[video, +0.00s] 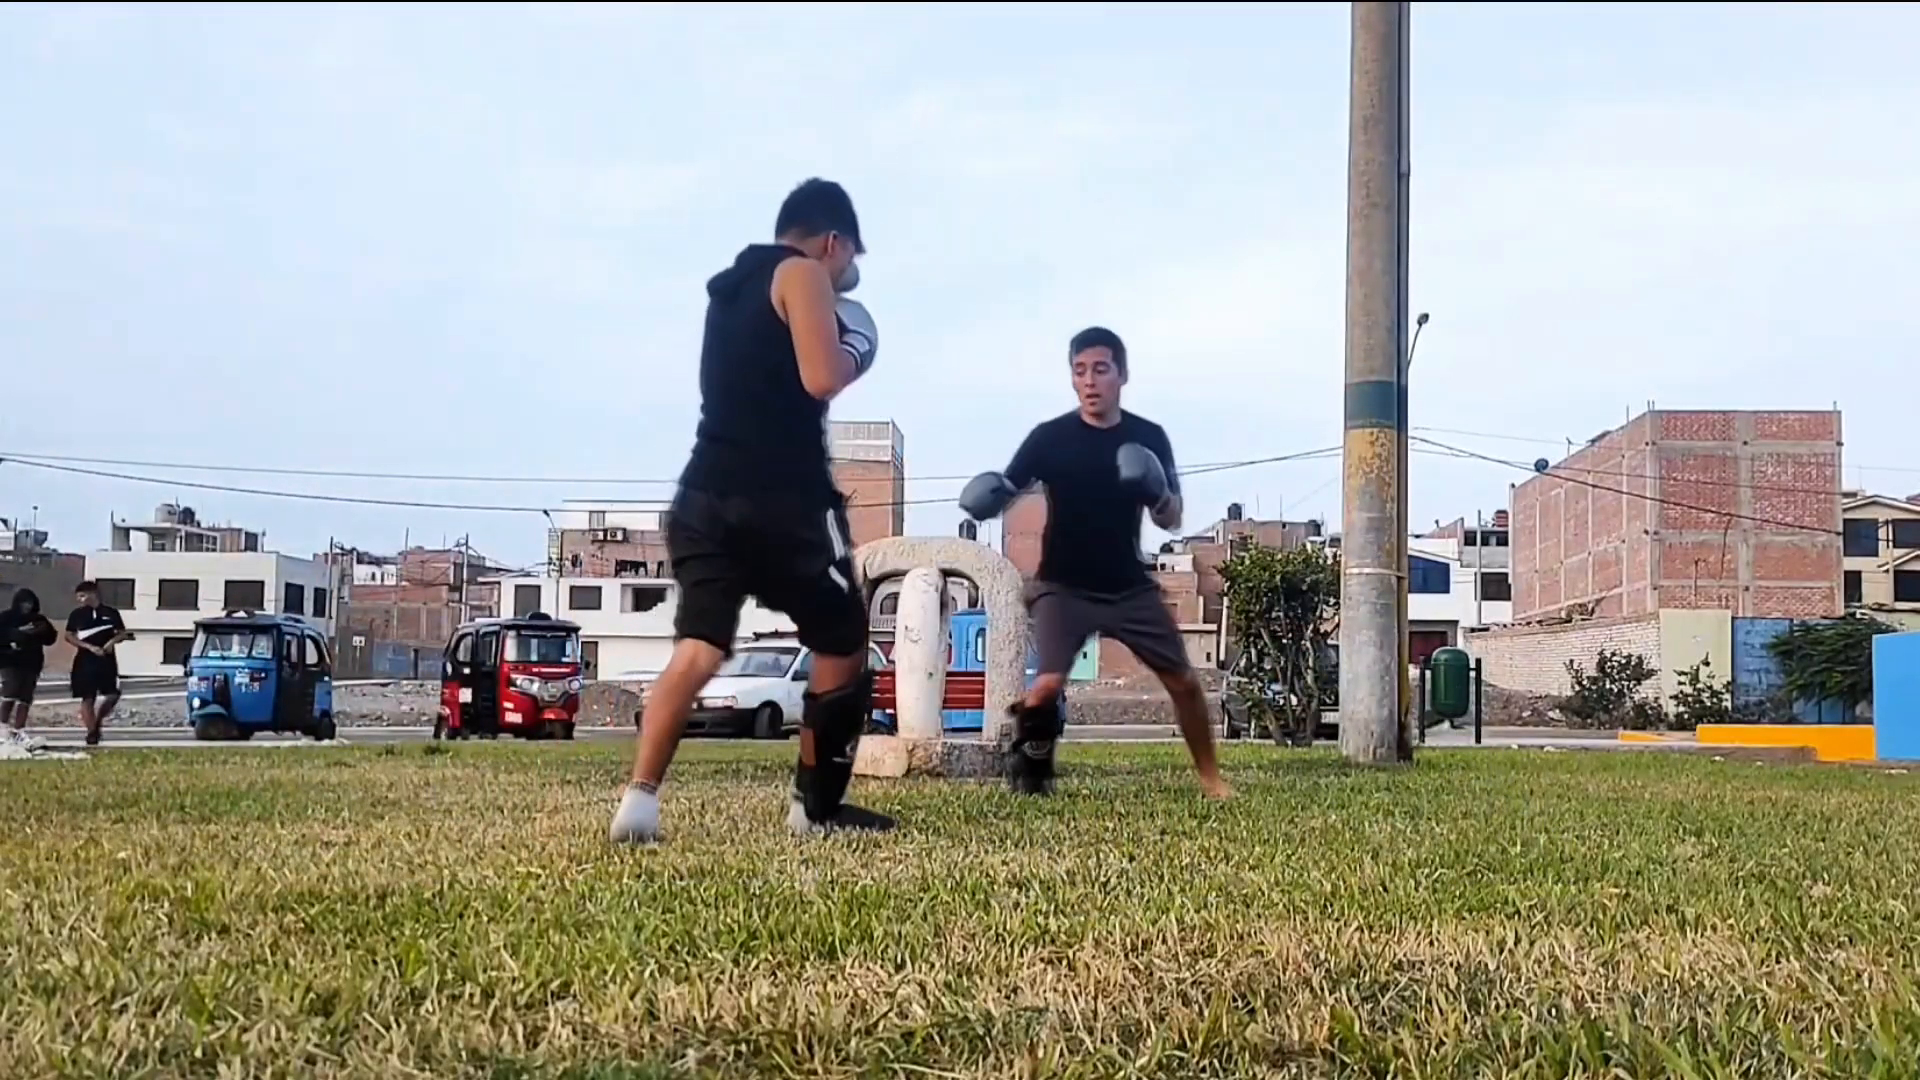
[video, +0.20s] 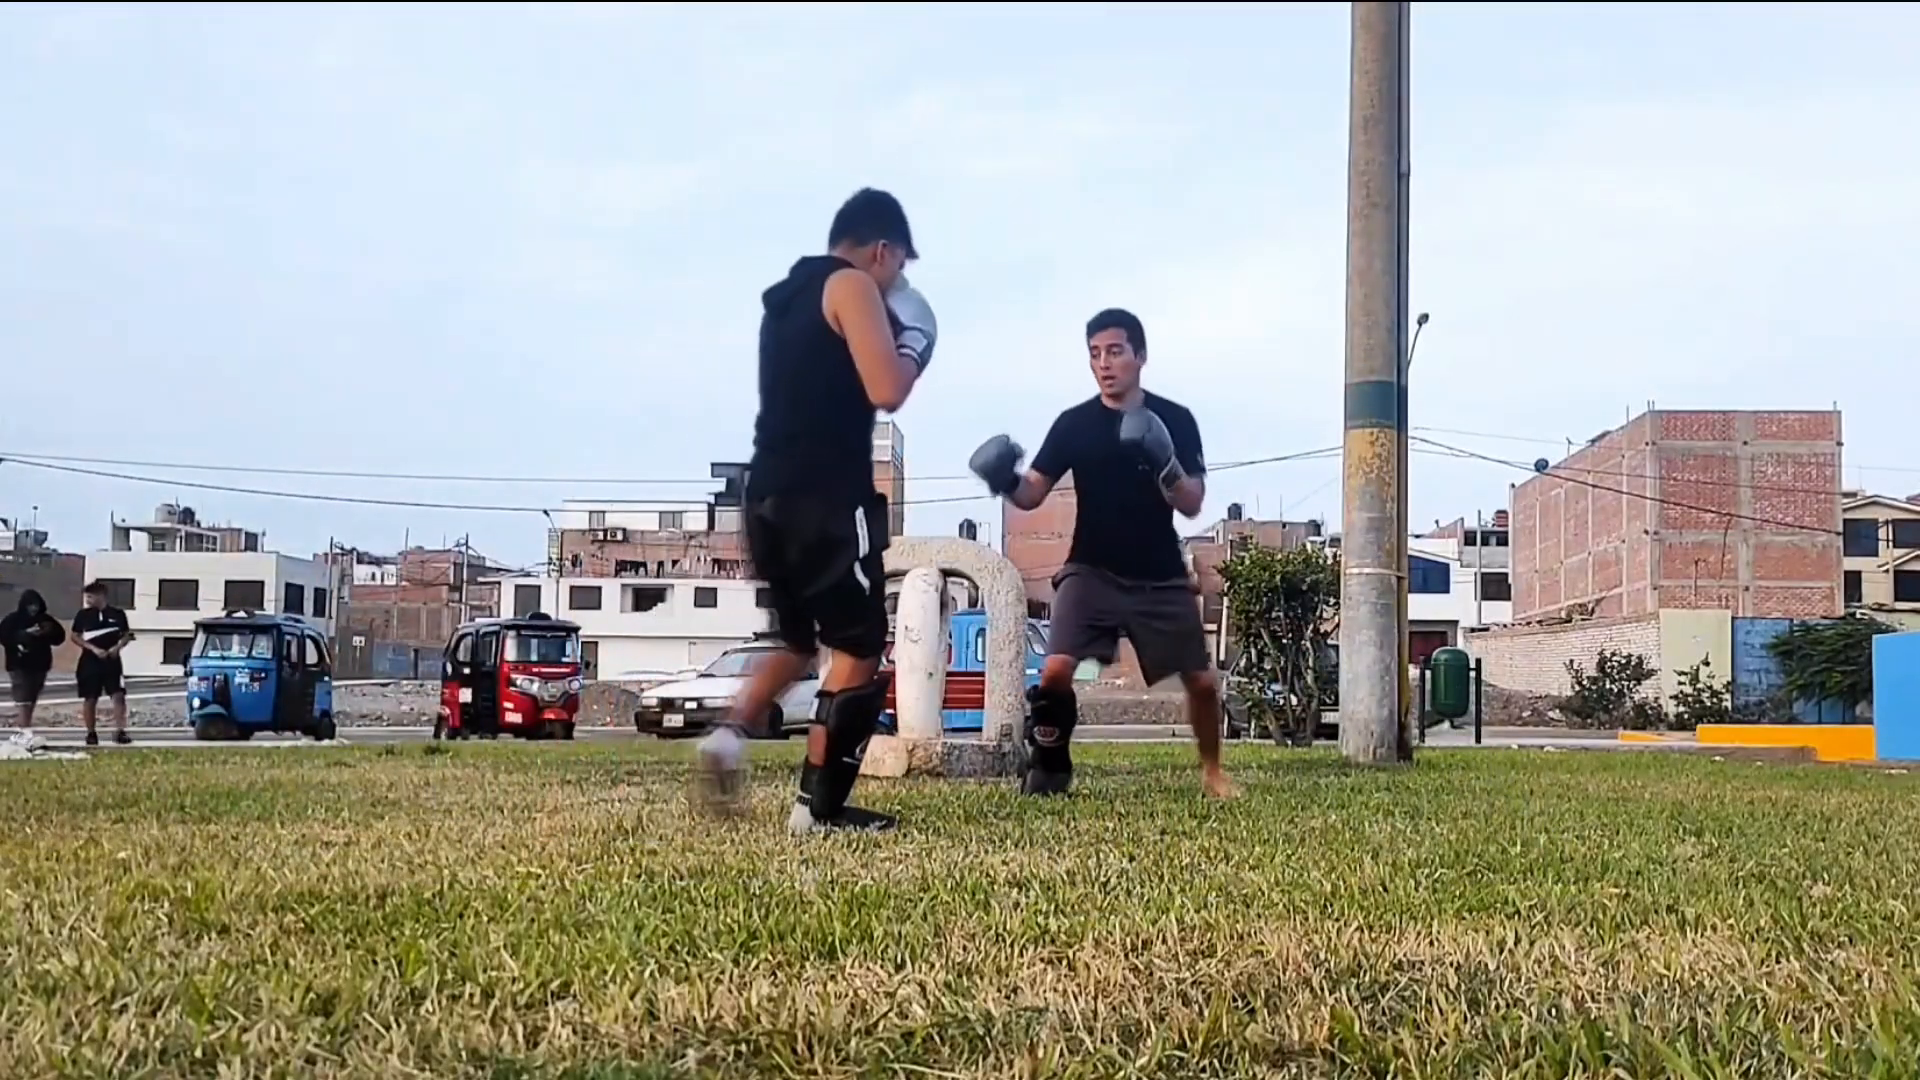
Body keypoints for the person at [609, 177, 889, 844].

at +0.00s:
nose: (847, 274)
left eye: (853, 262)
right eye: (851, 259)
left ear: (783, 232)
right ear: (830, 240)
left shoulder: (728, 283)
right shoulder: (799, 275)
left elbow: (757, 377)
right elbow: (820, 379)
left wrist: (818, 323)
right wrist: (857, 353)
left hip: (705, 496)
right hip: (778, 501)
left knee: (697, 650)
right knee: (840, 639)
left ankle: (639, 801)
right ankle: (819, 806)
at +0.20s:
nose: (896, 277)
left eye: (900, 266)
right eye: (899, 263)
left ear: (837, 241)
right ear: (879, 249)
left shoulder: (786, 293)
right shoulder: (850, 286)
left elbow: (814, 388)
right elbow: (887, 392)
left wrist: (878, 334)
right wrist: (917, 347)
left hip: (769, 491)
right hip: (828, 493)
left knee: (795, 641)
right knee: (856, 647)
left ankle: (729, 734)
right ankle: (822, 805)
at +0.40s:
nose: (911, 297)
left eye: (915, 287)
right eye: (911, 283)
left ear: (861, 268)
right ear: (884, 270)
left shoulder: (814, 308)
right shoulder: (848, 307)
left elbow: (860, 403)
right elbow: (884, 406)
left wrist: (903, 353)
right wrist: (919, 361)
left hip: (799, 509)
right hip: (825, 513)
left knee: (840, 658)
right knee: (859, 654)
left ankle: (802, 801)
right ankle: (803, 817)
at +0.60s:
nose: (909, 345)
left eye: (912, 331)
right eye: (905, 329)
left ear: (869, 323)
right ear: (871, 321)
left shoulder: (853, 383)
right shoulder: (815, 373)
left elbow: (905, 461)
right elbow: (843, 473)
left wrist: (906, 393)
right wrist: (888, 412)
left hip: (839, 565)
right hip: (797, 563)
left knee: (880, 695)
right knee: (842, 689)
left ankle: (849, 835)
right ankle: (753, 839)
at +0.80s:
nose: (887, 350)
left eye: (891, 338)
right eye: (884, 335)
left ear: (843, 326)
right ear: (846, 322)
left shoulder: (835, 391)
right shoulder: (796, 372)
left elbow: (877, 482)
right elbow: (833, 471)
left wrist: (895, 409)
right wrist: (878, 410)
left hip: (821, 581)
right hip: (772, 578)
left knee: (861, 727)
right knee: (778, 723)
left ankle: (813, 858)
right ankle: (692, 860)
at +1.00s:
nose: (885, 354)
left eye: (888, 339)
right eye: (877, 336)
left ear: (839, 334)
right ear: (833, 329)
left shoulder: (844, 411)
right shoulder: (774, 391)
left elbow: (884, 503)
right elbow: (804, 490)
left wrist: (912, 438)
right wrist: (861, 420)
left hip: (829, 607)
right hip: (764, 607)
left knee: (917, 718)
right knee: (739, 754)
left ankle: (881, 848)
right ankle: (648, 887)